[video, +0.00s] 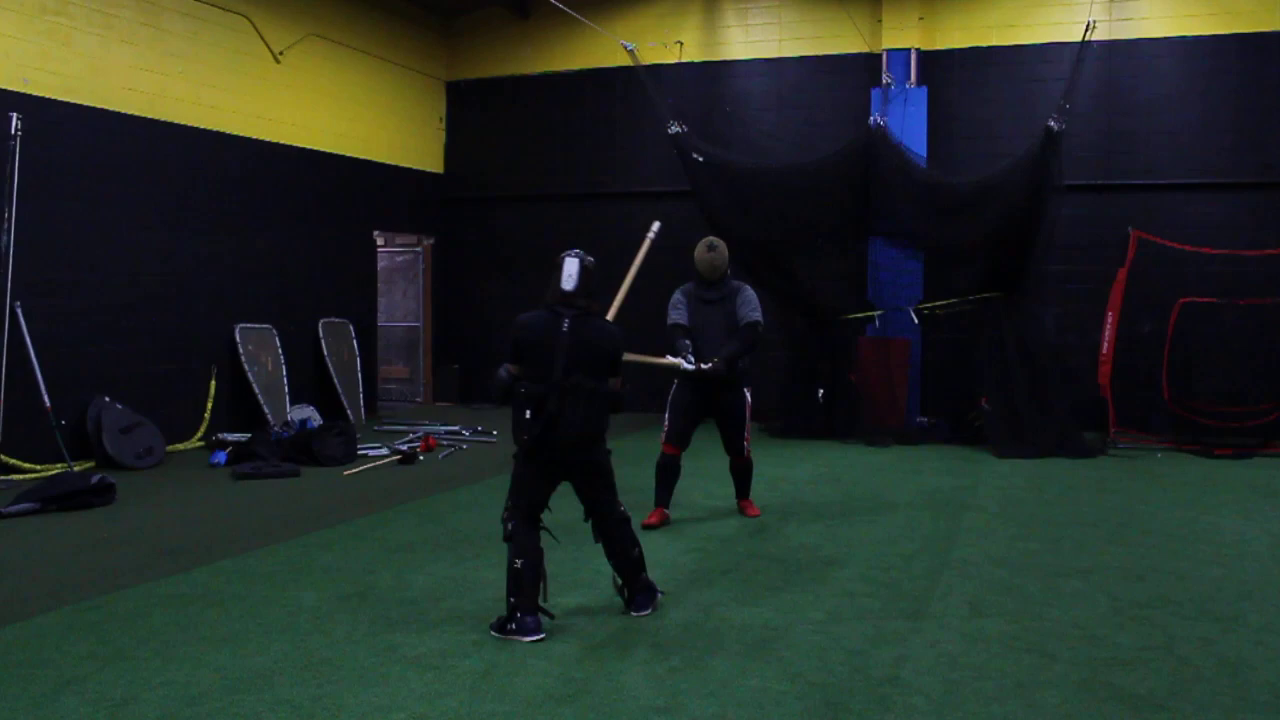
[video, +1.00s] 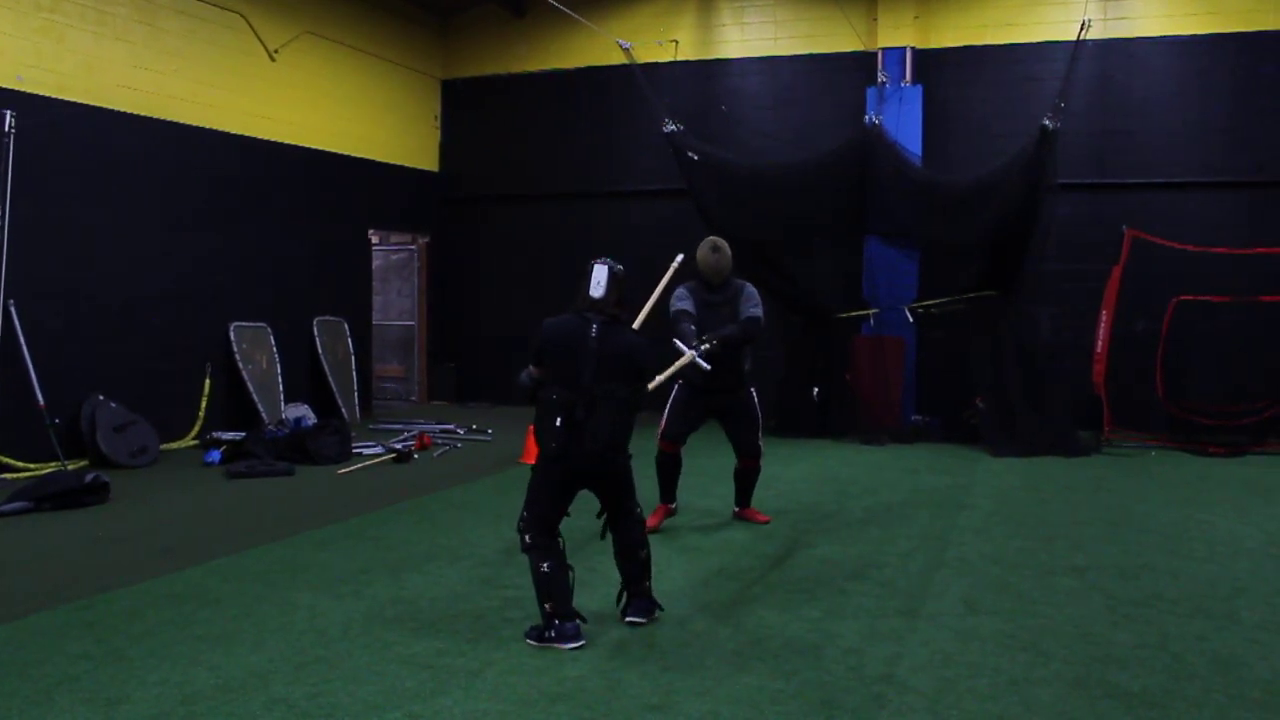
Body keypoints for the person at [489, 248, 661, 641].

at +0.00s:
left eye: (560, 282)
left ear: (553, 285)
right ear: (593, 289)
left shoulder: (529, 328)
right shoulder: (605, 335)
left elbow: (509, 381)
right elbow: (613, 390)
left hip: (539, 447)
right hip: (589, 446)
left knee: (521, 520)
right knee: (609, 515)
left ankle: (524, 614)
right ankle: (640, 593)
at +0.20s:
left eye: (591, 291)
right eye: (616, 292)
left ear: (582, 291)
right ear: (623, 295)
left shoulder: (559, 328)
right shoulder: (634, 336)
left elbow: (540, 380)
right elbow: (646, 392)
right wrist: (624, 428)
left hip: (567, 448)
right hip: (617, 448)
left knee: (539, 518)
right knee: (630, 514)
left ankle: (527, 612)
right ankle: (644, 594)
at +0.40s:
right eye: (641, 295)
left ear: (599, 291)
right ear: (639, 297)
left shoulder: (574, 328)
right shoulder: (647, 336)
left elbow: (555, 381)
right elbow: (661, 390)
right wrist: (647, 433)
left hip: (580, 444)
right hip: (627, 444)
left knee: (548, 516)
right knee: (632, 511)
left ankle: (561, 607)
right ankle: (643, 593)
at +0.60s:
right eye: (634, 296)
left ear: (596, 293)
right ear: (635, 298)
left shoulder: (571, 331)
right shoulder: (644, 340)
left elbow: (549, 383)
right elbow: (656, 395)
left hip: (576, 450)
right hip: (623, 448)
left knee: (553, 525)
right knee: (629, 515)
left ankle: (566, 621)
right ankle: (643, 594)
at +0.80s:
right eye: (621, 296)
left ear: (585, 293)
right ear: (624, 299)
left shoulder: (560, 332)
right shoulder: (633, 341)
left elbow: (536, 383)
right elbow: (645, 396)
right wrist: (630, 437)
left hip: (563, 454)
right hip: (612, 453)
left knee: (539, 529)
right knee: (624, 516)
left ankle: (564, 622)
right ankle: (642, 592)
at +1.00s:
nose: (606, 299)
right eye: (615, 294)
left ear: (582, 293)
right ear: (620, 298)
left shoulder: (555, 331)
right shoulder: (632, 341)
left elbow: (533, 380)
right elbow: (642, 394)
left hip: (559, 455)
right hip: (609, 455)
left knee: (537, 528)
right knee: (626, 519)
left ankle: (561, 621)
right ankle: (639, 601)